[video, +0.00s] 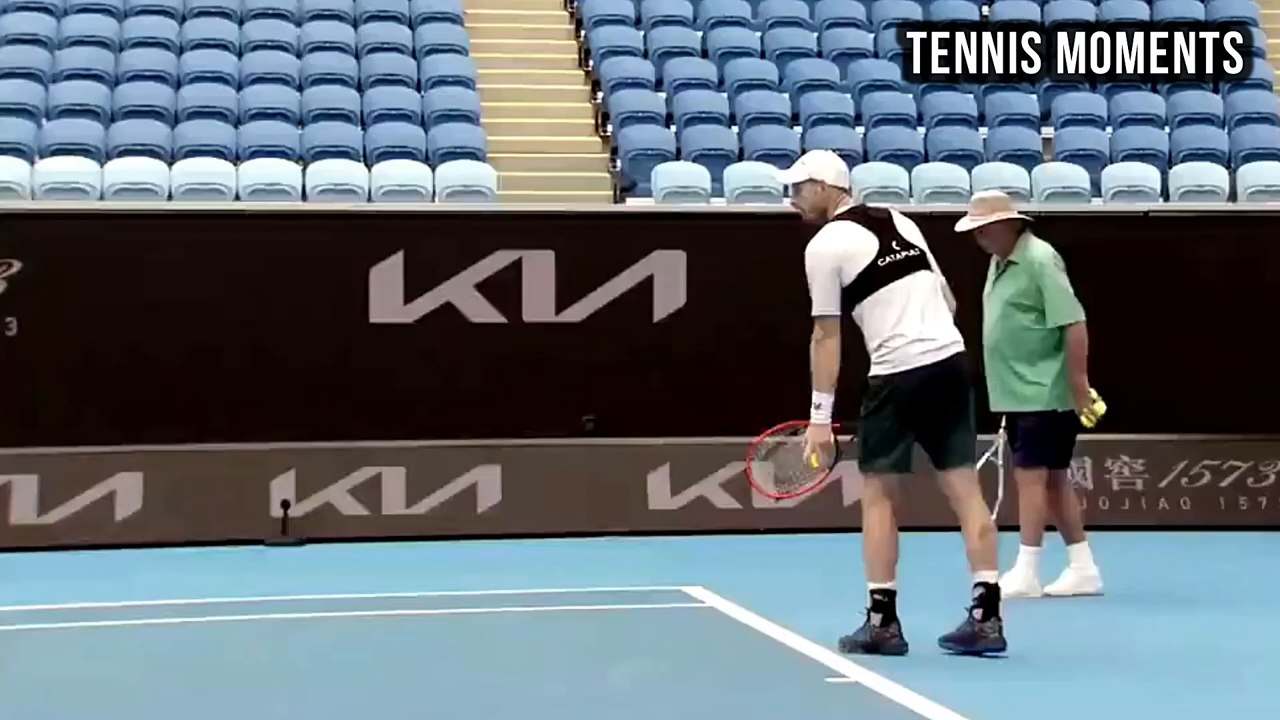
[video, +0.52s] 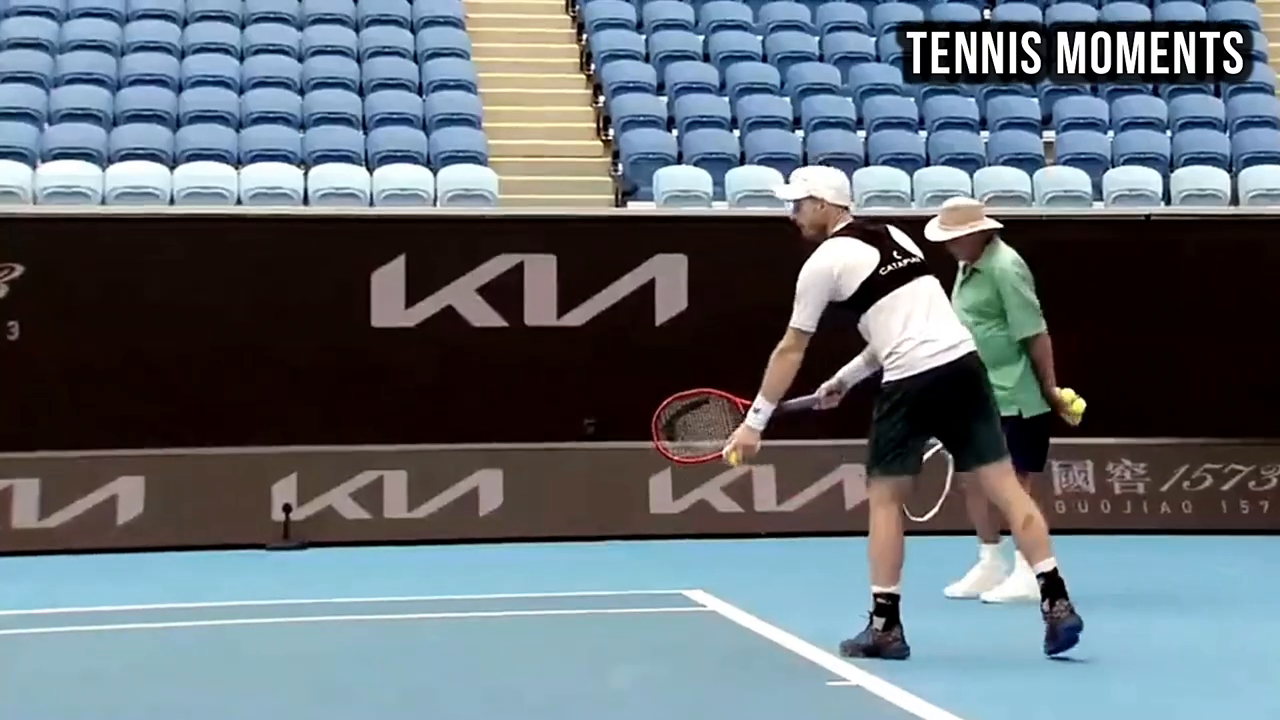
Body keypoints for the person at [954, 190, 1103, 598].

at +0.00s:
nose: (979, 239)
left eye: (984, 230)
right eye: (976, 232)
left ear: (1007, 225)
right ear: (986, 231)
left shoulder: (1041, 258)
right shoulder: (999, 263)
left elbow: (1074, 324)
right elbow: (1005, 336)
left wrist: (1078, 384)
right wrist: (1005, 401)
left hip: (1045, 393)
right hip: (1019, 393)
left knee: (1028, 476)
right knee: (1054, 480)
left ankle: (1026, 573)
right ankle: (1084, 567)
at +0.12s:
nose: (970, 241)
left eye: (974, 233)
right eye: (968, 235)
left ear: (998, 228)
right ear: (984, 232)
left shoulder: (1028, 261)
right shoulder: (995, 261)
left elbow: (1070, 322)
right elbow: (1007, 332)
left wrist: (1084, 375)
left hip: (1038, 394)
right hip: (1013, 393)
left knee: (1022, 477)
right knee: (1040, 480)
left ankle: (1025, 574)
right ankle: (1078, 561)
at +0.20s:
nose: (966, 243)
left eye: (970, 236)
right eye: (963, 237)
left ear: (993, 230)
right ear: (981, 233)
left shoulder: (1022, 262)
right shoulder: (993, 260)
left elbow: (1066, 322)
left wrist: (1083, 367)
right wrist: (1079, 363)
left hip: (1032, 395)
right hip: (1008, 394)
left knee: (1020, 479)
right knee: (1030, 479)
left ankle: (1024, 573)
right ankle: (1072, 554)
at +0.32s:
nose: (959, 247)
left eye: (963, 239)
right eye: (957, 241)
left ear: (985, 234)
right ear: (977, 236)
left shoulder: (1016, 265)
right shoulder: (988, 262)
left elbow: (1055, 326)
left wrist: (1074, 368)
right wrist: (1072, 362)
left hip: (1026, 396)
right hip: (1006, 394)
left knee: (1015, 480)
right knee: (1027, 477)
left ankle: (1024, 573)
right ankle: (1054, 547)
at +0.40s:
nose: (956, 246)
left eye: (960, 239)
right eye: (954, 240)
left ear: (982, 233)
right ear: (971, 236)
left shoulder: (1012, 265)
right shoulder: (982, 262)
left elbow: (1049, 327)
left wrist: (1068, 374)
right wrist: (1068, 371)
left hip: (1023, 396)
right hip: (999, 394)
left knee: (1018, 481)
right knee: (1004, 478)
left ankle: (1025, 571)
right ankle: (1035, 552)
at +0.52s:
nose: (949, 248)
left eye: (953, 240)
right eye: (947, 241)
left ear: (976, 235)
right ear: (962, 238)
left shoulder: (1006, 267)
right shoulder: (971, 264)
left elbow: (1037, 334)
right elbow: (975, 328)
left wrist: (1050, 388)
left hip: (1018, 397)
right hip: (982, 396)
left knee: (1020, 483)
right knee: (972, 477)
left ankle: (1031, 571)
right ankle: (992, 561)